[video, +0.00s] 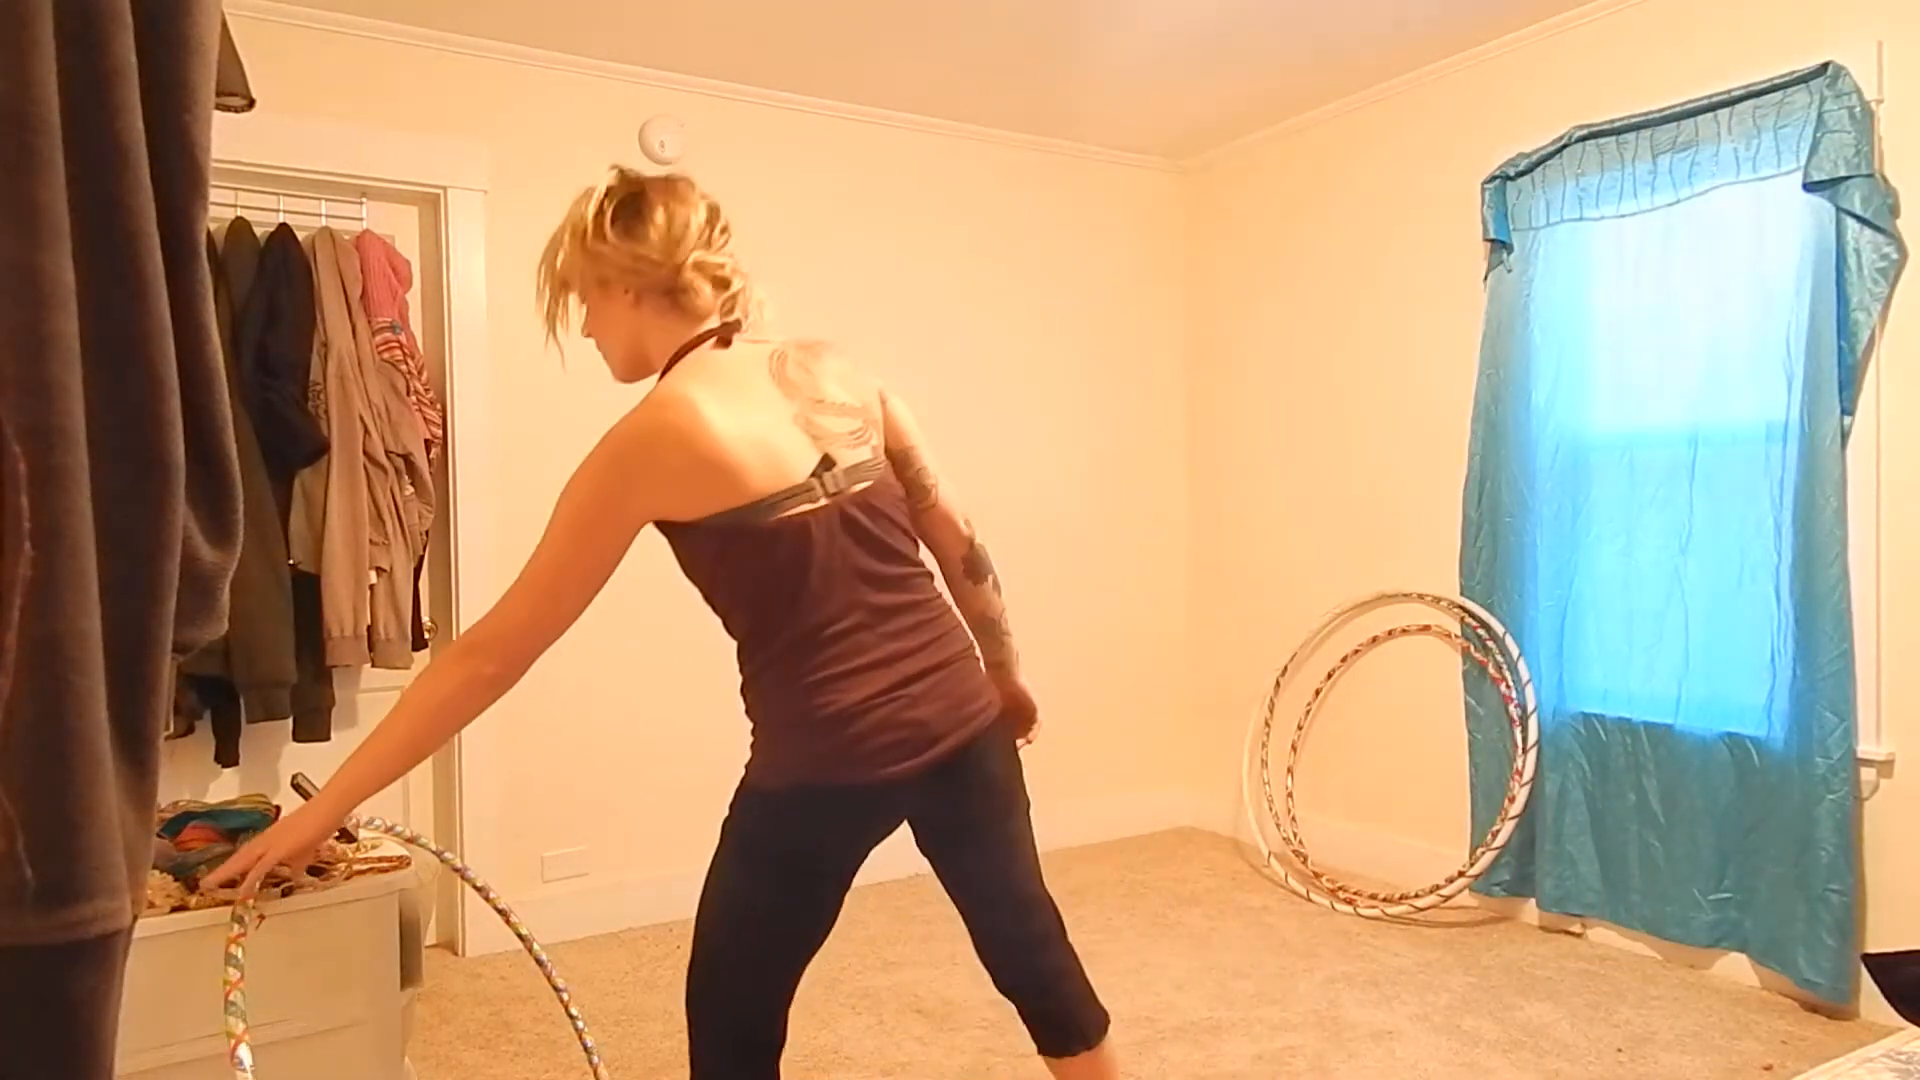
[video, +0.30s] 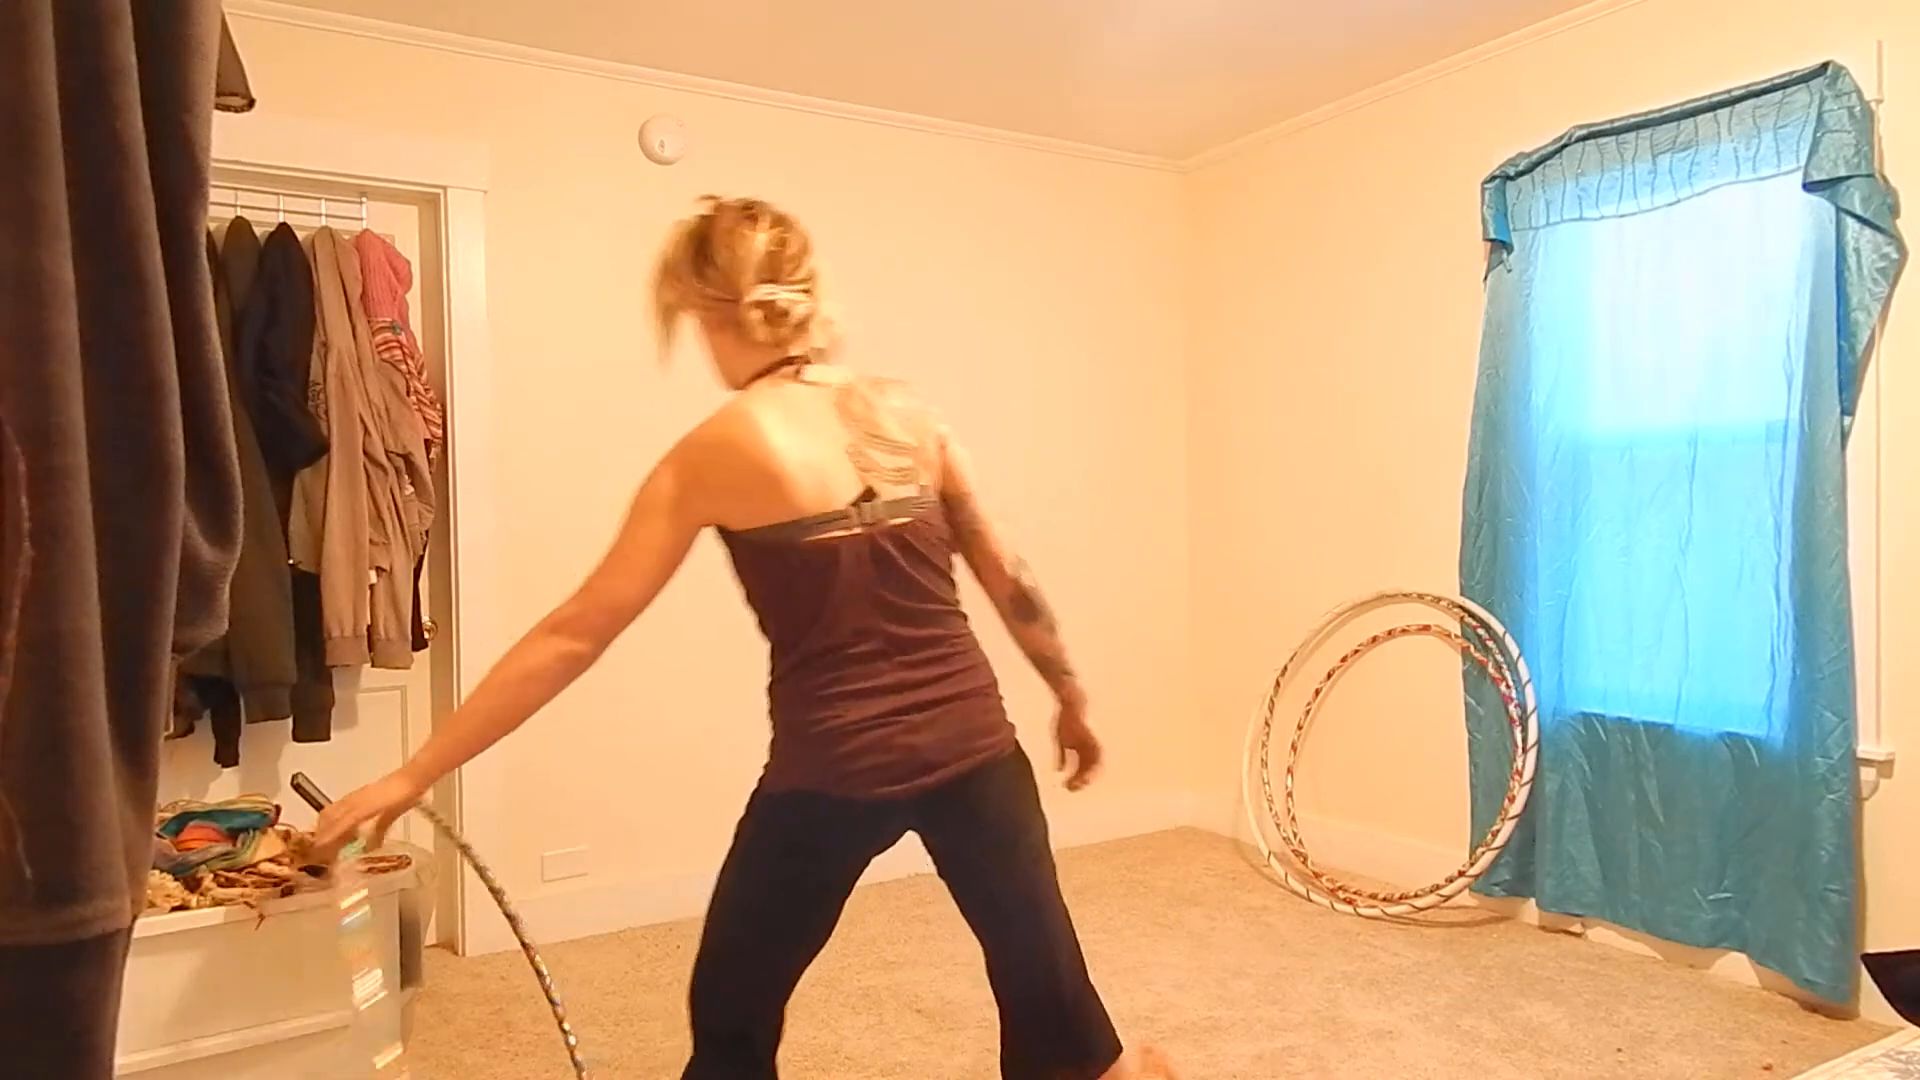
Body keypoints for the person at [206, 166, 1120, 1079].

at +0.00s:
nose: (586, 327)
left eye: (590, 300)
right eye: (583, 302)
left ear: (645, 288)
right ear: (707, 274)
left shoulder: (655, 432)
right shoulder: (841, 372)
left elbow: (490, 656)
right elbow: (962, 553)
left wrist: (325, 808)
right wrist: (1004, 671)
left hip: (825, 750)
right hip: (959, 705)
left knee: (735, 1015)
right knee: (1039, 957)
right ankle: (1104, 1076)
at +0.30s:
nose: (700, 342)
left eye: (698, 320)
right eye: (696, 321)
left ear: (720, 316)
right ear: (808, 298)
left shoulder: (715, 452)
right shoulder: (907, 413)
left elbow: (574, 637)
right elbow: (1012, 583)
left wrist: (407, 781)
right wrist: (1071, 692)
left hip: (834, 770)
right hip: (974, 742)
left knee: (734, 1015)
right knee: (1051, 990)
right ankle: (1111, 1073)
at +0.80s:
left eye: (1031, 252)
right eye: (1130, 229)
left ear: (1033, 263)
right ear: (1130, 244)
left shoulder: (1020, 388)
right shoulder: (1202, 356)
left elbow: (933, 531)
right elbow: (1264, 522)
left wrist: (839, 634)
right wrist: (1347, 666)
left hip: (1051, 648)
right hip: (1170, 664)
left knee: (913, 806)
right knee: (1160, 912)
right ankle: (1162, 1073)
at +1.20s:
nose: (1216, 263)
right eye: (1209, 248)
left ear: (1105, 274)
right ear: (1199, 259)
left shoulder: (1078, 389)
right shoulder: (1235, 372)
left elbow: (1081, 543)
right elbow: (1245, 546)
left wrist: (1133, 622)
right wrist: (1282, 709)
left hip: (1098, 669)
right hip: (1205, 675)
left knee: (1104, 782)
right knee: (1185, 919)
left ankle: (1085, 951)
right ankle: (1162, 1068)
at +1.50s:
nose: (1199, 305)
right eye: (1198, 290)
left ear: (1111, 308)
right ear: (1196, 298)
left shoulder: (1094, 422)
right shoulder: (1215, 409)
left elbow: (1131, 574)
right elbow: (1232, 573)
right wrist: (1285, 718)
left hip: (1137, 700)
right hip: (1214, 697)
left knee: (1193, 915)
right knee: (1207, 933)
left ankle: (1180, 1059)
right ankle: (1155, 1070)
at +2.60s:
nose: (1050, 375)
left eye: (1051, 357)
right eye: (1047, 359)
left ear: (1084, 346)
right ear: (1100, 344)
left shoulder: (1146, 405)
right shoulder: (1136, 407)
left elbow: (1267, 472)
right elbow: (1261, 471)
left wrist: (1267, 576)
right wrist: (1265, 579)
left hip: (1192, 650)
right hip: (1153, 646)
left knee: (1205, 811)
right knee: (1071, 778)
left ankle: (1249, 972)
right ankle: (1066, 955)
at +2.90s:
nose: (1001, 383)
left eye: (1004, 365)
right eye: (999, 367)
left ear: (1041, 354)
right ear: (1052, 356)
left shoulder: (1136, 413)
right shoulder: (1052, 451)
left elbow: (1237, 513)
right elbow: (1028, 543)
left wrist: (1201, 615)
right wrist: (972, 617)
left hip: (1161, 671)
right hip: (1074, 670)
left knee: (1143, 858)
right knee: (1050, 846)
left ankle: (1193, 921)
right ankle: (1081, 1015)